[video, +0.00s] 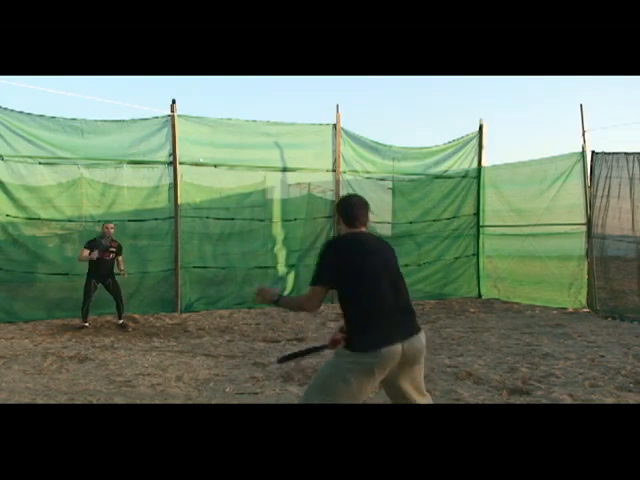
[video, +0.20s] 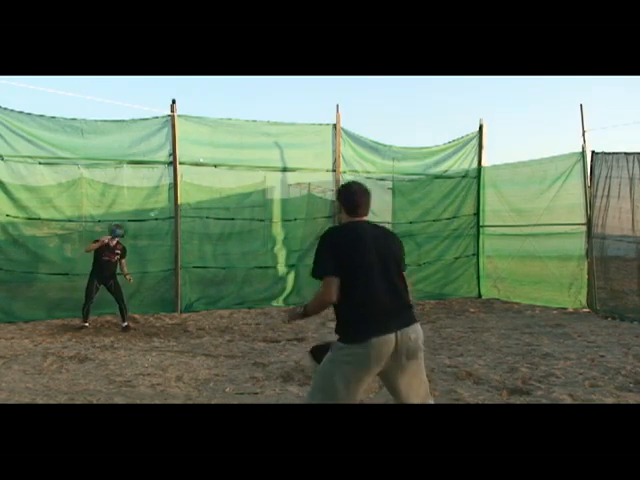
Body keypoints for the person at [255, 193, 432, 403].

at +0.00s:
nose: (335, 222)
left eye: (335, 218)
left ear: (338, 220)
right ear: (367, 220)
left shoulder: (336, 247)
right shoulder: (382, 245)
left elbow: (311, 303)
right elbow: (383, 297)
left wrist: (276, 298)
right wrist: (347, 331)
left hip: (371, 349)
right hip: (413, 340)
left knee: (315, 399)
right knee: (415, 397)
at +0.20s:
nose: (337, 208)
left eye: (338, 204)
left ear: (340, 207)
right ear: (368, 207)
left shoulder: (333, 237)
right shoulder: (389, 236)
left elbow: (329, 295)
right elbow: (403, 286)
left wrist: (303, 312)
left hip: (364, 341)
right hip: (409, 334)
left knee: (321, 400)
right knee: (420, 399)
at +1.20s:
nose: (337, 187)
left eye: (339, 183)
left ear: (339, 188)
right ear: (368, 193)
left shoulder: (325, 222)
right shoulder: (379, 222)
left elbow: (309, 276)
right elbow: (381, 251)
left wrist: (282, 312)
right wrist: (380, 204)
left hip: (349, 329)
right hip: (388, 322)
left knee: (318, 397)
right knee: (392, 396)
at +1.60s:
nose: (290, 197)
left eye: (290, 193)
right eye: (291, 193)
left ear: (293, 195)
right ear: (320, 195)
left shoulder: (305, 223)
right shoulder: (337, 221)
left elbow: (309, 275)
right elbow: (328, 280)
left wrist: (287, 323)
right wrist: (304, 323)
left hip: (335, 328)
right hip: (369, 317)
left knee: (307, 397)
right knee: (384, 392)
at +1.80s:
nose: (301, 194)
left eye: (302, 191)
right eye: (303, 191)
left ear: (305, 194)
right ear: (332, 194)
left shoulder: (303, 225)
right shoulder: (356, 223)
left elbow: (298, 281)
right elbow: (362, 274)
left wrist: (275, 303)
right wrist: (320, 319)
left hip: (332, 327)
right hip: (373, 318)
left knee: (310, 396)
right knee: (387, 392)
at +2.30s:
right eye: (413, 166)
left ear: (383, 170)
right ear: (414, 170)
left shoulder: (371, 205)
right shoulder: (425, 198)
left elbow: (355, 251)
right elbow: (437, 214)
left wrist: (333, 274)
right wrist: (414, 186)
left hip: (389, 300)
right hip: (428, 299)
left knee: (355, 374)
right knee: (424, 377)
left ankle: (337, 398)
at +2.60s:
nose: (418, 196)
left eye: (419, 191)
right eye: (418, 191)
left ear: (424, 193)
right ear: (448, 193)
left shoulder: (418, 229)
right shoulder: (466, 223)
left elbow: (412, 283)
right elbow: (439, 257)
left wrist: (402, 320)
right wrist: (393, 271)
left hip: (433, 332)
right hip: (475, 327)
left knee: (406, 397)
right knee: (485, 395)